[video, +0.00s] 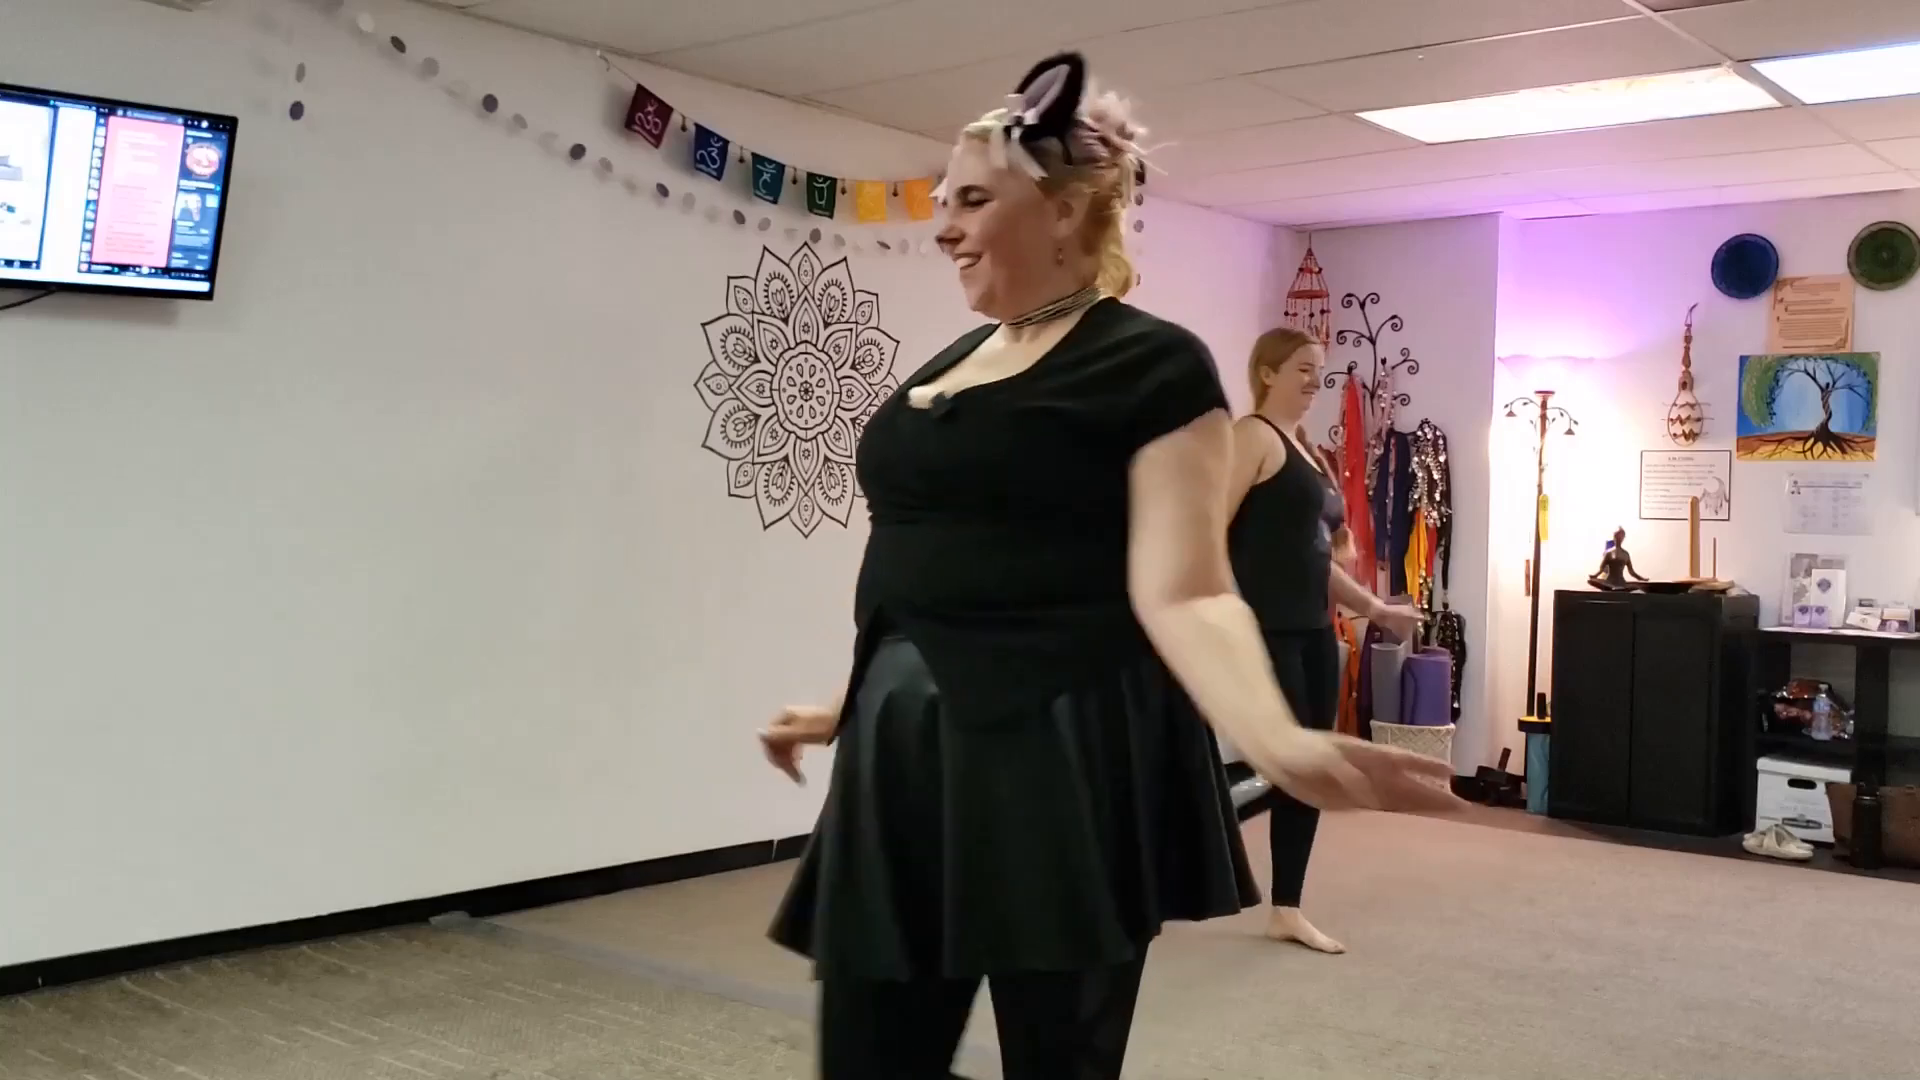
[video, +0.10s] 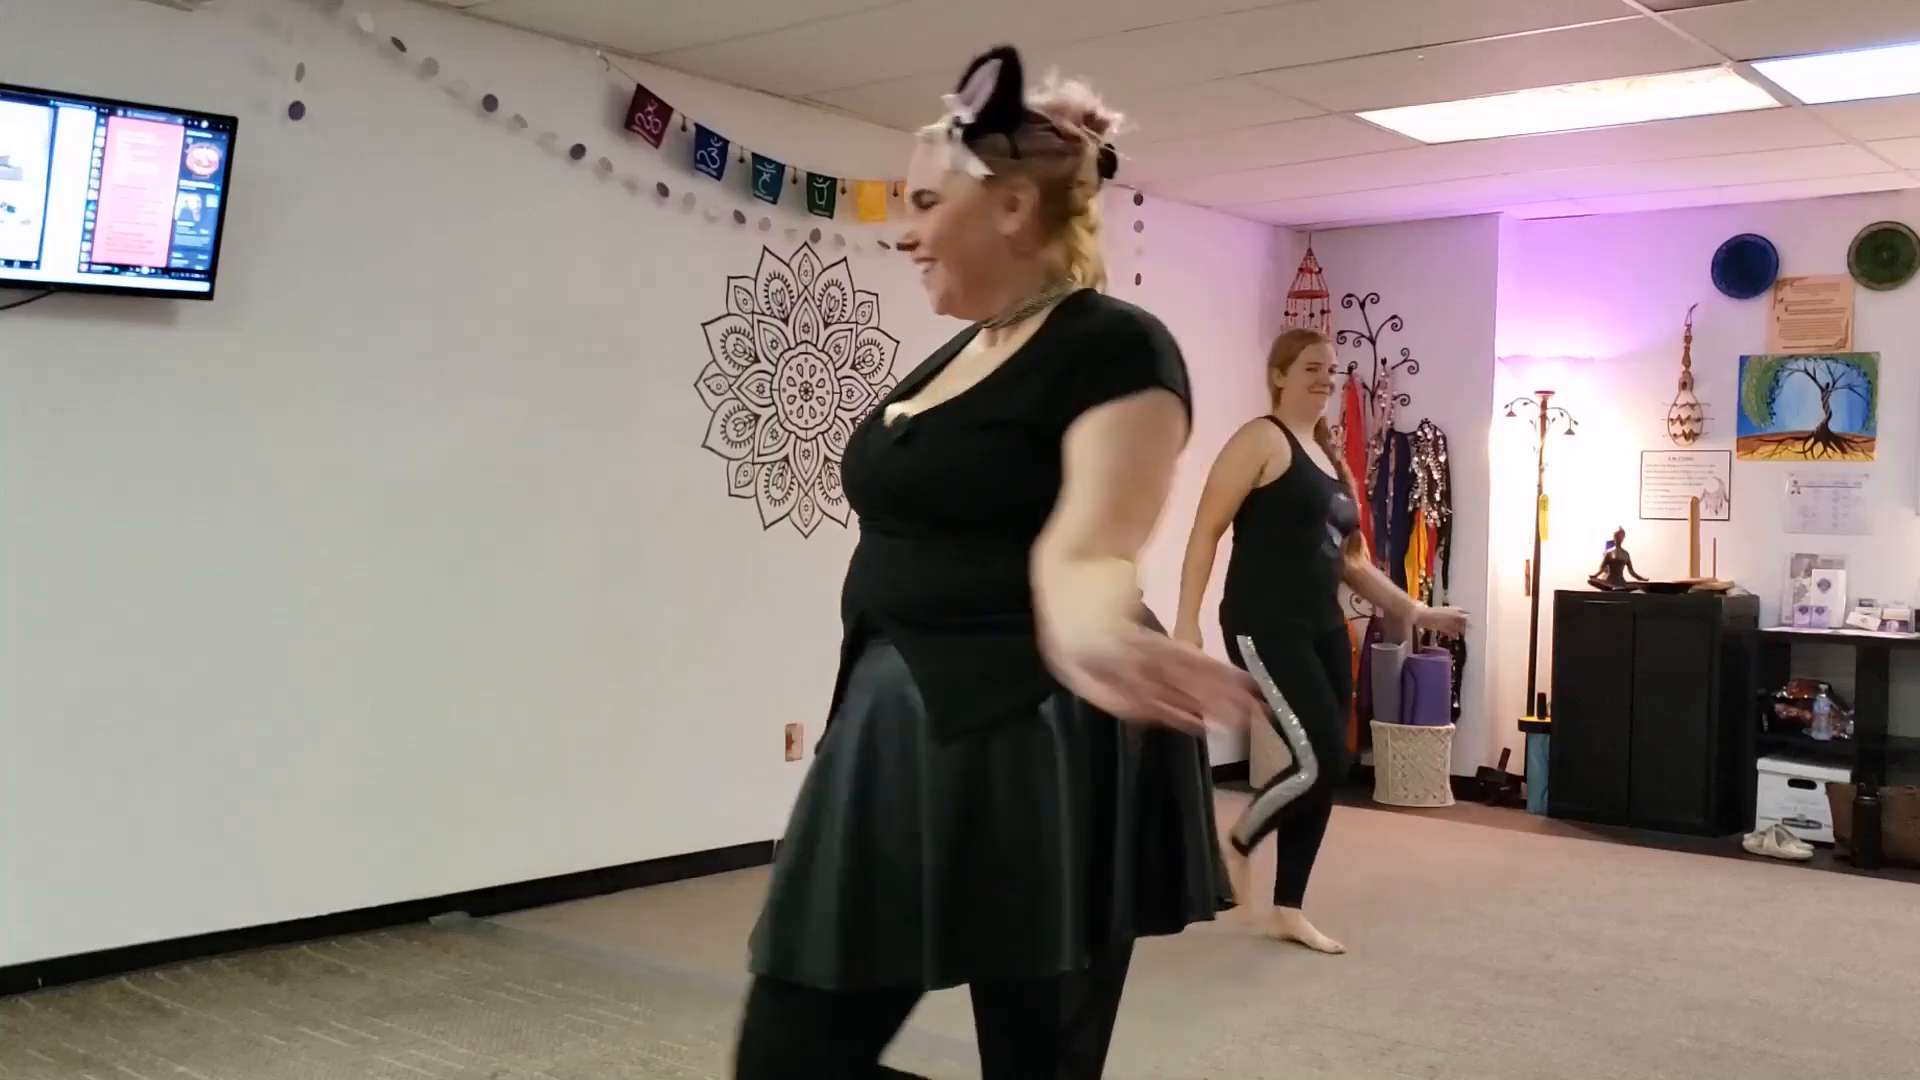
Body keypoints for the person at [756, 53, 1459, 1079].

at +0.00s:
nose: (944, 228)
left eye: (973, 199)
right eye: (946, 204)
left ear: (1072, 207)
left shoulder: (1156, 365)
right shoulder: (950, 366)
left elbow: (1188, 593)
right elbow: (934, 592)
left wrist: (1282, 741)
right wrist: (848, 711)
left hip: (1071, 773)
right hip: (907, 762)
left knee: (1060, 1060)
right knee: (866, 1059)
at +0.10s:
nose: (905, 233)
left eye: (925, 201)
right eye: (907, 207)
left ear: (1014, 201)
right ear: (1007, 206)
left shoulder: (1115, 346)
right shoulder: (961, 349)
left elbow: (1095, 546)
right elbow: (915, 553)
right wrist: (857, 710)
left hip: (1040, 729)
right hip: (892, 723)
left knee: (1039, 1057)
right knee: (790, 1052)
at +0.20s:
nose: (870, 208)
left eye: (884, 178)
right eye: (872, 182)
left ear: (956, 181)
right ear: (959, 184)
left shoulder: (1067, 318)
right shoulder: (937, 347)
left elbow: (980, 540)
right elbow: (877, 559)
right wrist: (834, 710)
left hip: (1038, 719)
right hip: (892, 713)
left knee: (1024, 1058)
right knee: (734, 1034)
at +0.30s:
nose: (836, 192)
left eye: (849, 162)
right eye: (841, 166)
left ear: (912, 159)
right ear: (919, 161)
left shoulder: (1013, 297)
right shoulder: (938, 317)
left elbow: (884, 513)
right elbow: (874, 509)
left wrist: (661, 462)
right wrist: (686, 462)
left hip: (1006, 715)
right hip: (873, 709)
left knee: (1016, 1051)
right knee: (709, 1023)